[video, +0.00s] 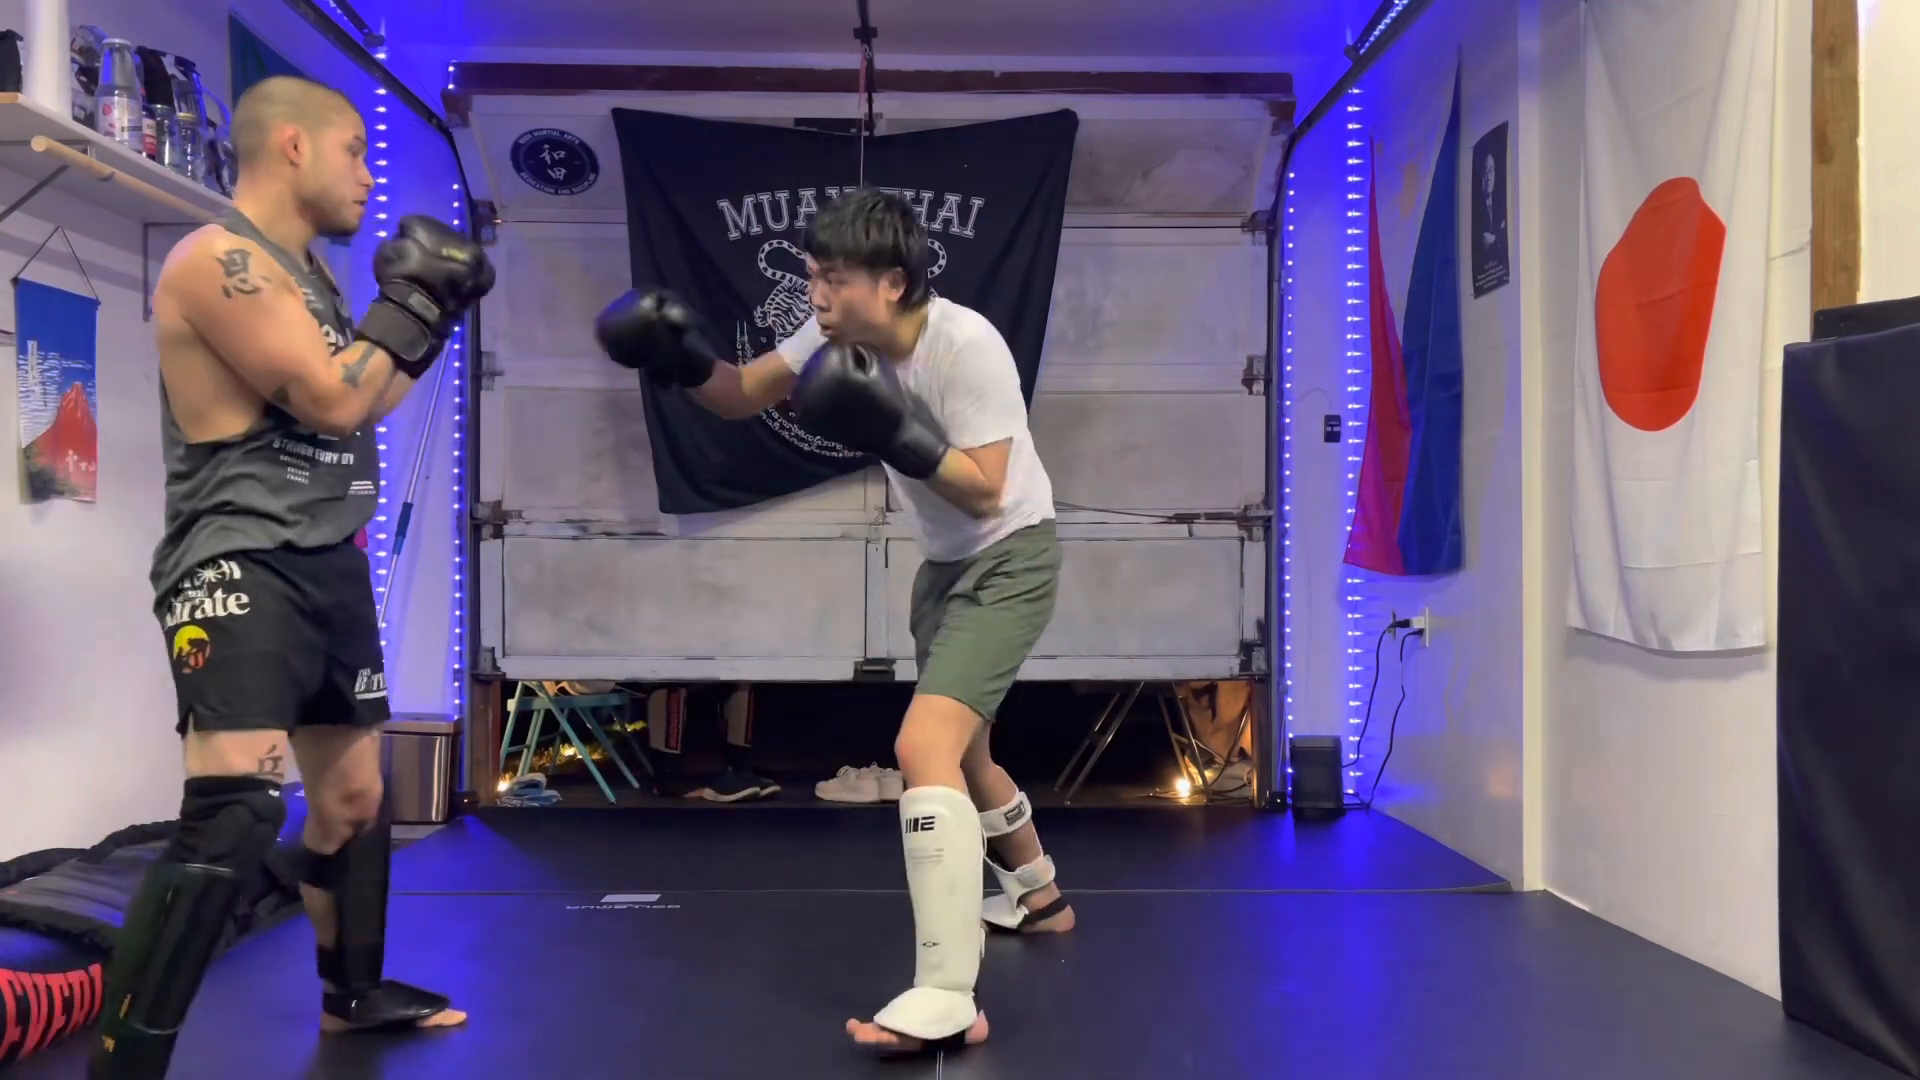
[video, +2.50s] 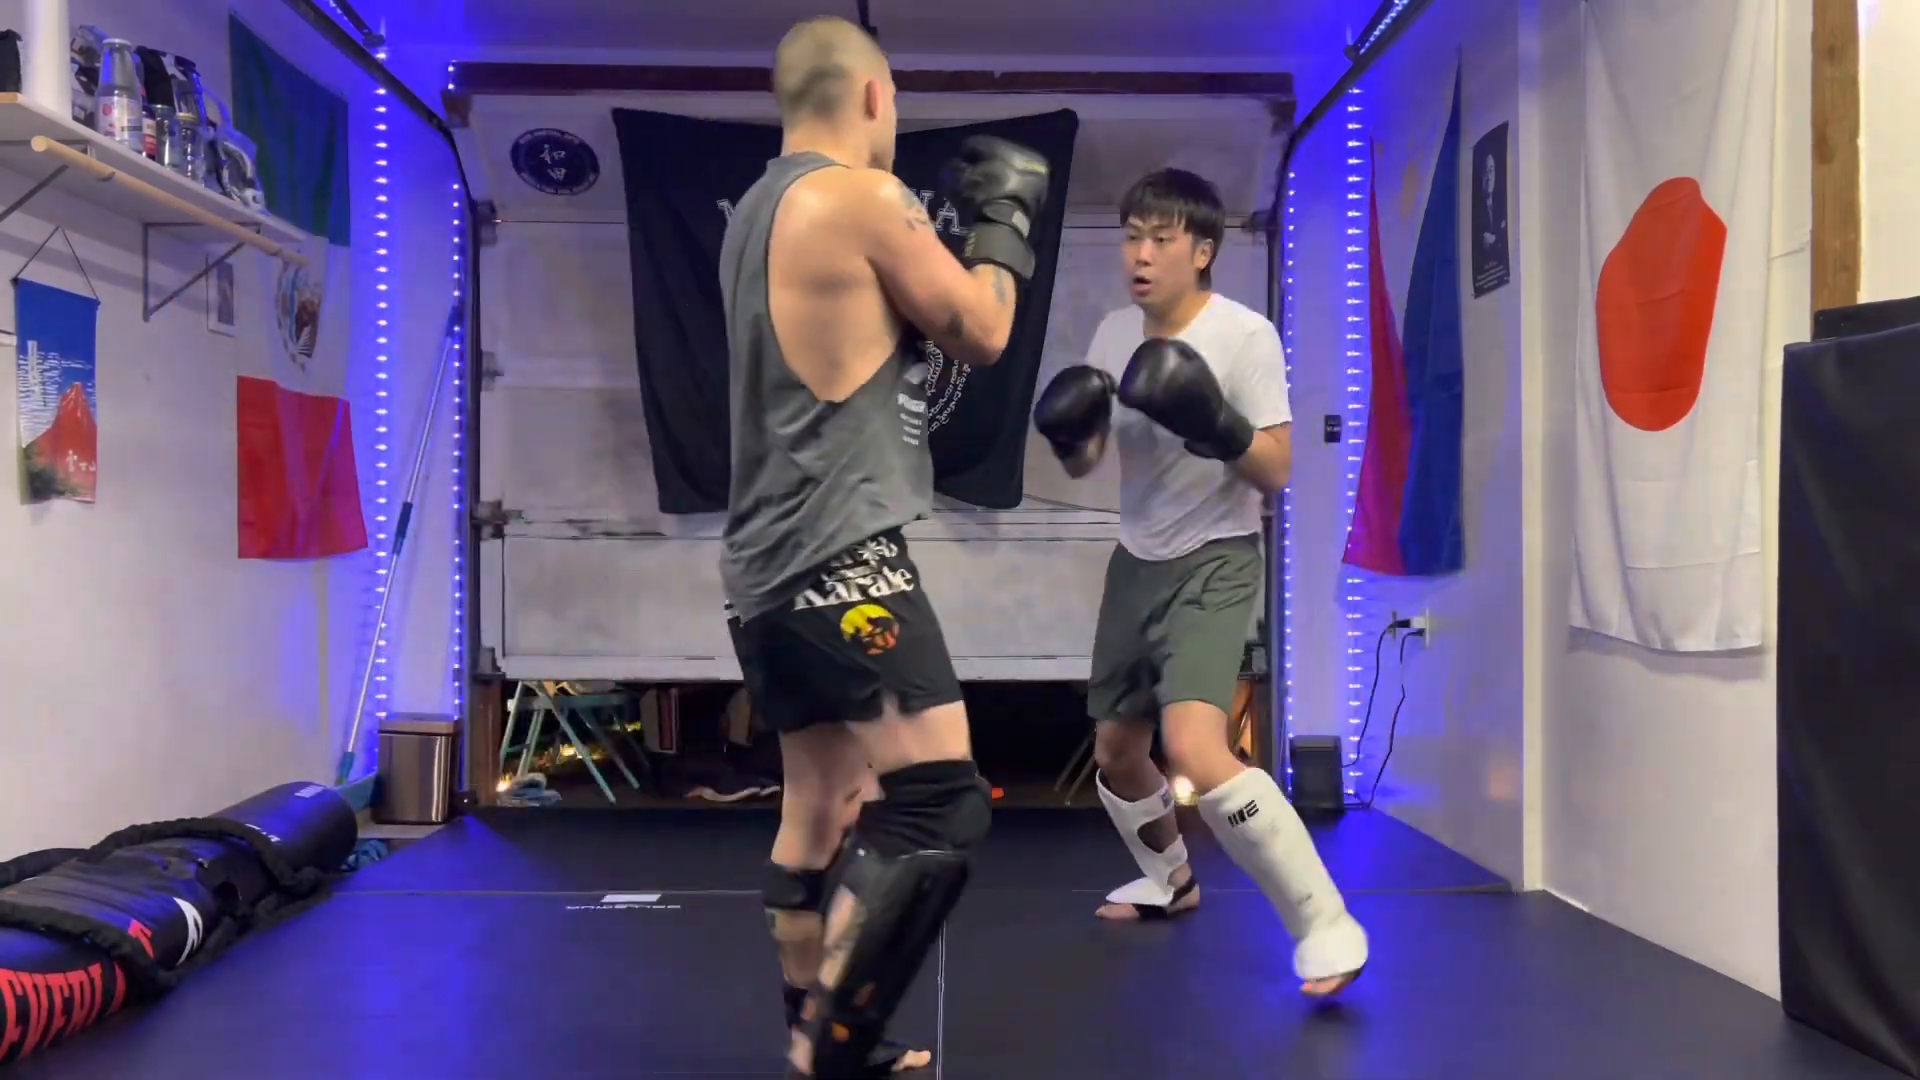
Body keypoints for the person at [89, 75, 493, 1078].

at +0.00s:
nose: (368, 175)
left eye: (368, 156)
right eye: (355, 152)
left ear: (291, 153)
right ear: (290, 150)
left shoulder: (306, 277)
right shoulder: (217, 257)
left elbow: (366, 403)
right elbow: (334, 401)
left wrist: (430, 314)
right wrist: (410, 298)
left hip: (327, 563)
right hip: (235, 559)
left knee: (350, 802)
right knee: (234, 815)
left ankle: (355, 993)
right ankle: (131, 1056)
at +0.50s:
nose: (374, 171)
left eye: (373, 146)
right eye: (360, 145)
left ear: (280, 137)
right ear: (312, 133)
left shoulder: (293, 235)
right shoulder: (271, 229)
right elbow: (472, 298)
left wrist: (426, 208)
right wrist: (423, 171)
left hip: (350, 561)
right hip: (269, 571)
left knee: (437, 786)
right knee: (249, 832)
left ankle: (434, 1014)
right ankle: (129, 1057)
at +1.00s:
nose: (400, 147)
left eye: (399, 125)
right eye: (380, 121)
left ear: (326, 129)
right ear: (305, 123)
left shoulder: (371, 263)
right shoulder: (225, 239)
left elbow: (472, 391)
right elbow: (344, 376)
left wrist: (541, 298)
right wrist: (435, 259)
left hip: (391, 571)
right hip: (272, 571)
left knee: (508, 804)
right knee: (229, 847)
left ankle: (536, 1038)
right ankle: (124, 1061)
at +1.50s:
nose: (621, 120)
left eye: (616, 99)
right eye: (605, 97)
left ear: (542, 103)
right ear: (541, 100)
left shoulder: (552, 243)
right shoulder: (474, 205)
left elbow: (554, 397)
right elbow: (550, 361)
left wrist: (642, 401)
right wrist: (677, 295)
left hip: (569, 548)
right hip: (481, 543)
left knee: (562, 807)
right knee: (501, 822)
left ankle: (541, 1042)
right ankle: (367, 1060)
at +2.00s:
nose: (737, 104)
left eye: (734, 81)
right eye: (728, 79)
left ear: (654, 76)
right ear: (674, 74)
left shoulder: (634, 193)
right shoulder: (616, 186)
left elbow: (715, 361)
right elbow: (738, 364)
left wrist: (785, 267)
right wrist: (802, 259)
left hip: (673, 547)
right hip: (617, 552)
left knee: (752, 793)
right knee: (588, 835)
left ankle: (742, 1027)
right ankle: (511, 1067)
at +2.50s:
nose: (898, 114)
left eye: (893, 97)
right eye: (894, 95)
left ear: (789, 104)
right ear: (872, 93)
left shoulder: (756, 212)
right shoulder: (861, 199)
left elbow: (825, 368)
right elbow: (982, 328)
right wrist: (1003, 223)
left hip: (768, 559)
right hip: (846, 553)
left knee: (818, 803)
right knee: (939, 803)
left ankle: (823, 1039)